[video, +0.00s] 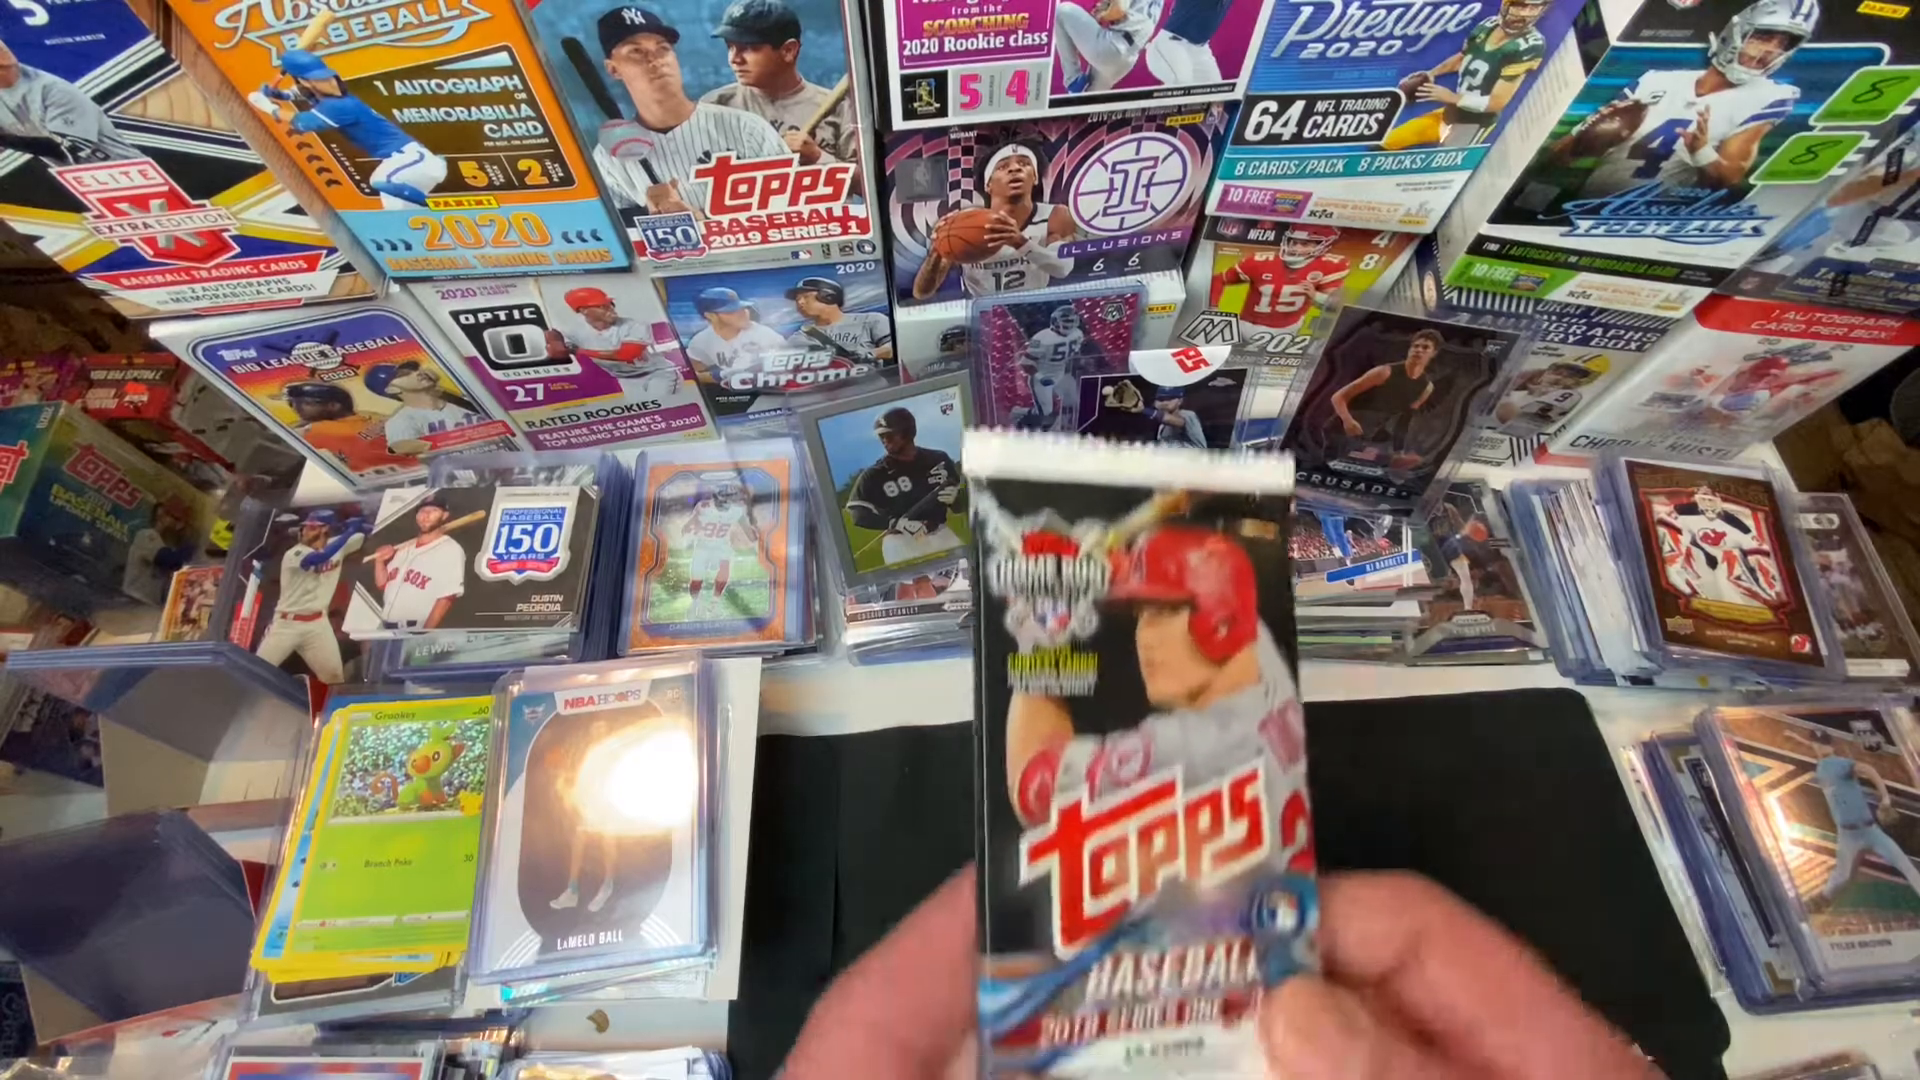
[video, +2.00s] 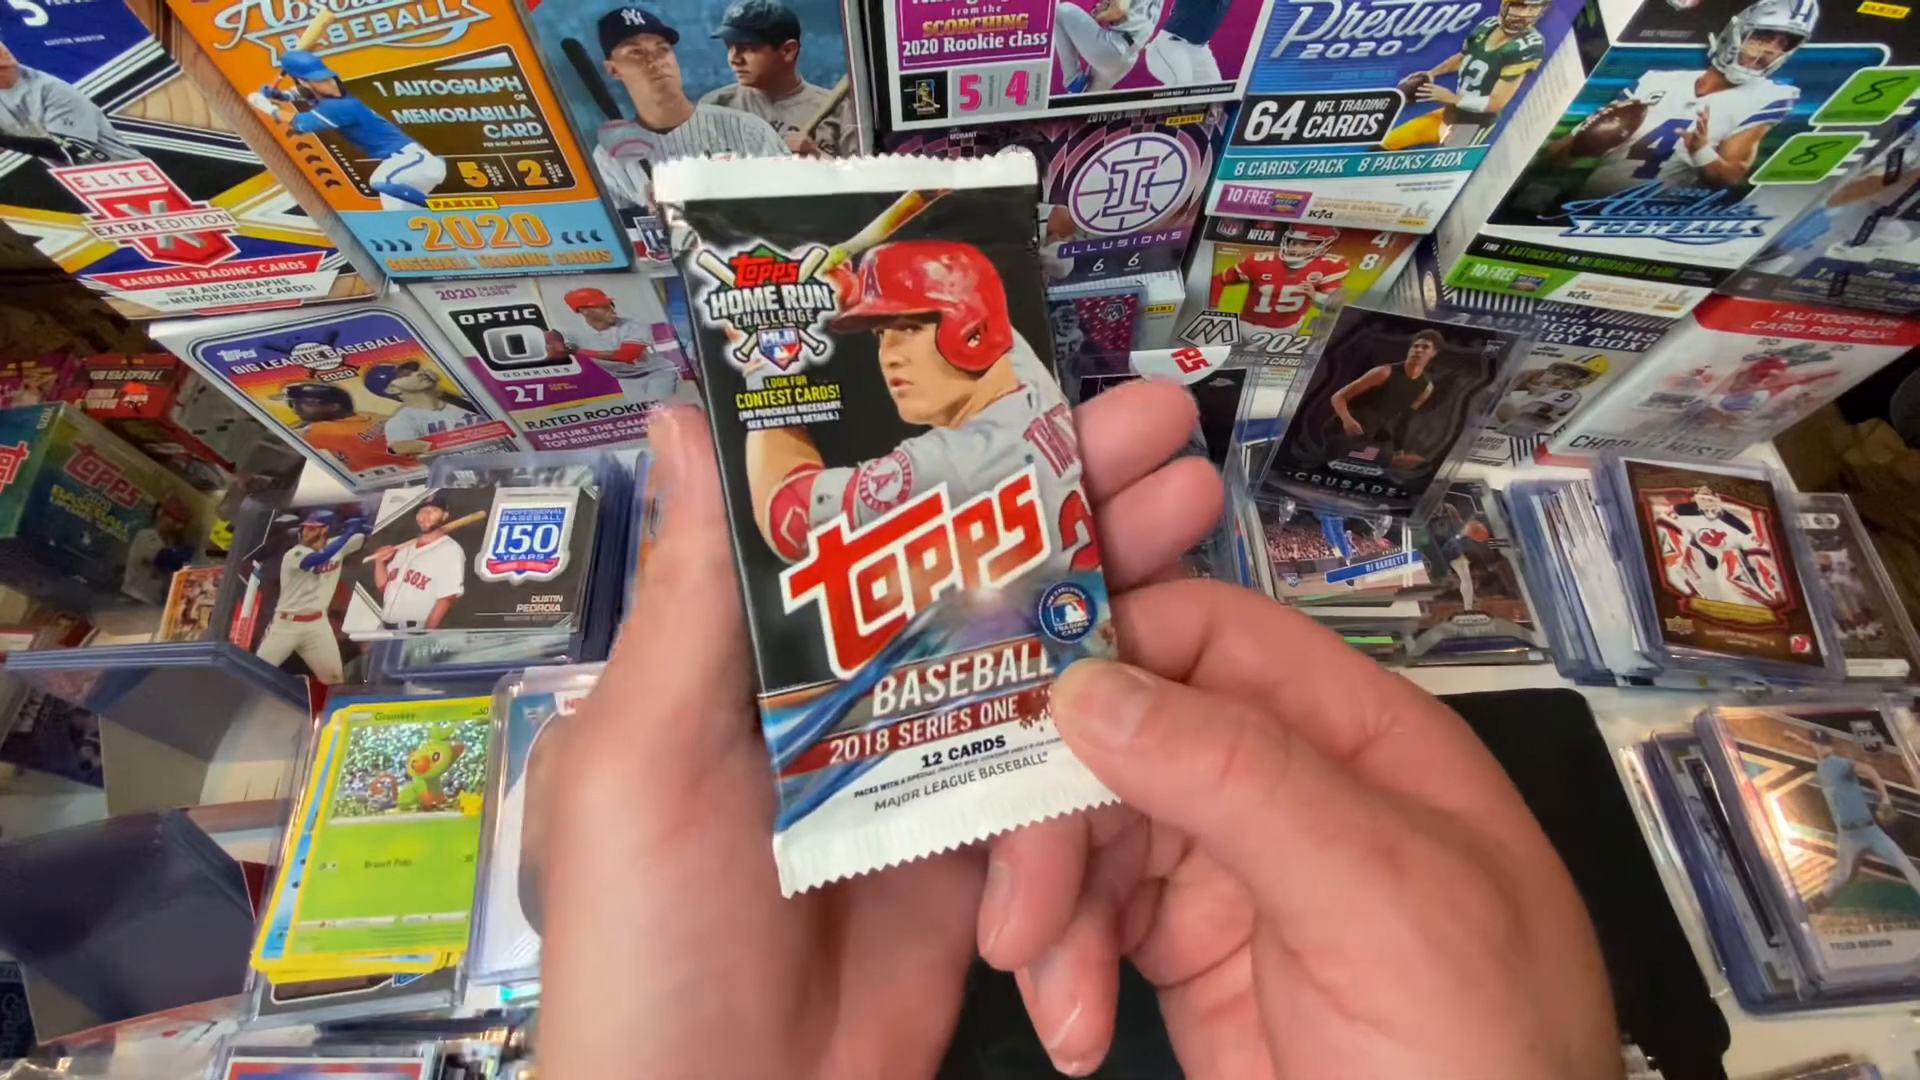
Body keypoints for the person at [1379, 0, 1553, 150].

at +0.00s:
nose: (1521, 13)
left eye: (1531, 7)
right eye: (1516, 5)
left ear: (1543, 10)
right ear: (1504, 4)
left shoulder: (1528, 47)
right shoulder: (1486, 26)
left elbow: (1496, 103)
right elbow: (1463, 58)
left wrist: (1450, 97)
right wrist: (1431, 74)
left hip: (1476, 124)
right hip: (1451, 112)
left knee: (1441, 176)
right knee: (1389, 141)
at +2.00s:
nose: (1521, 13)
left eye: (1530, 7)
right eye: (1516, 5)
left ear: (1541, 11)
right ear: (1503, 5)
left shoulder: (1527, 47)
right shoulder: (1487, 26)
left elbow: (1495, 103)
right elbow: (1464, 57)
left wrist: (1450, 98)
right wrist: (1432, 73)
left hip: (1478, 123)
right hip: (1452, 111)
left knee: (1443, 174)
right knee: (1389, 141)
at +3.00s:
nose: (1521, 14)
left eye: (1531, 7)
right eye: (1516, 5)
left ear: (1542, 11)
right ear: (1503, 5)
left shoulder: (1527, 47)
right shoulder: (1487, 26)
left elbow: (1495, 104)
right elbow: (1463, 58)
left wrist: (1449, 97)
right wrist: (1432, 73)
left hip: (1477, 123)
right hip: (1451, 111)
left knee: (1441, 174)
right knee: (1388, 141)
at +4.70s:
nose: (1519, 14)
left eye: (1530, 7)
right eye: (1514, 5)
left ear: (1542, 11)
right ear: (1503, 4)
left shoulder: (1528, 48)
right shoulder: (1486, 26)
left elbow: (1496, 103)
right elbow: (1463, 57)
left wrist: (1450, 98)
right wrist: (1432, 73)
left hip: (1478, 123)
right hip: (1452, 111)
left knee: (1441, 173)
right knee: (1387, 142)